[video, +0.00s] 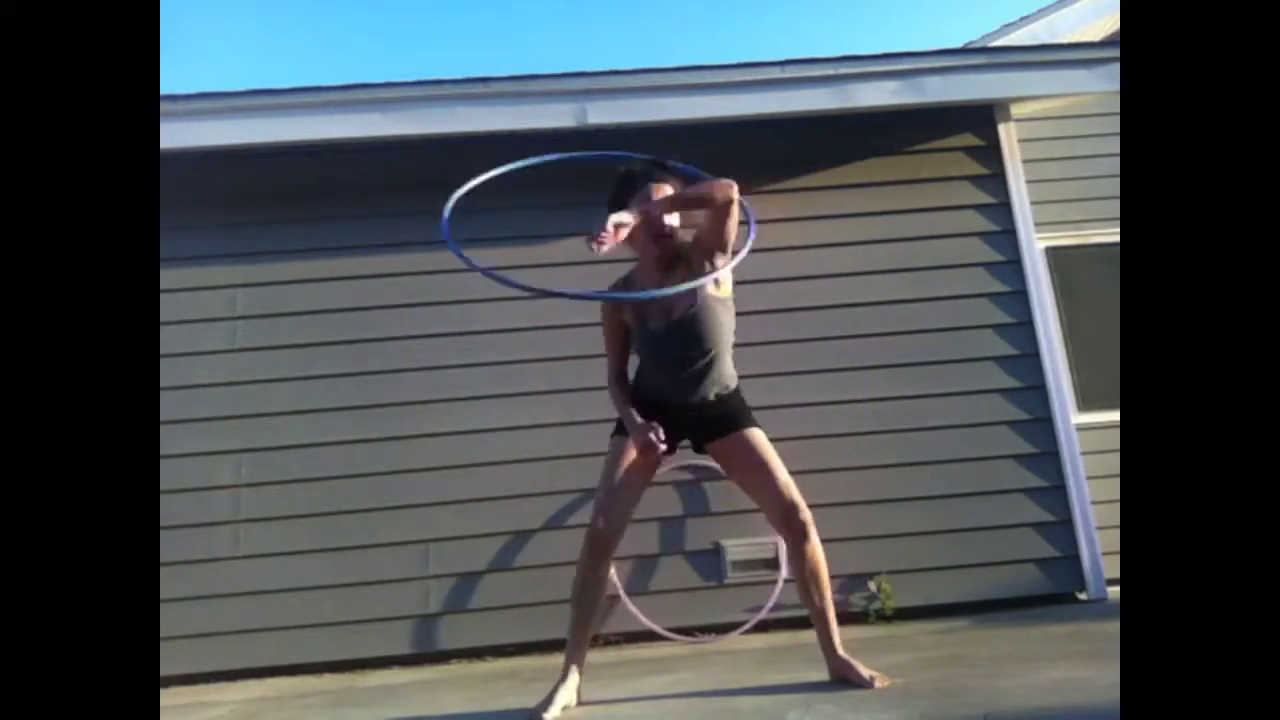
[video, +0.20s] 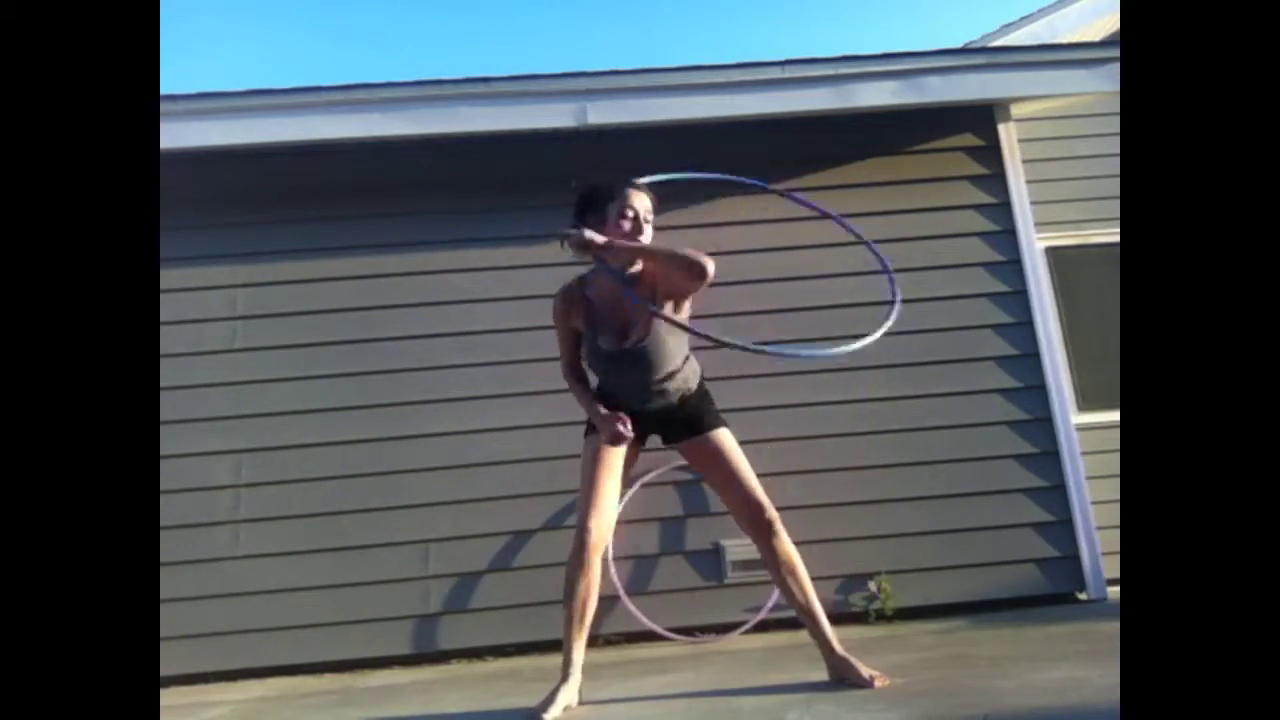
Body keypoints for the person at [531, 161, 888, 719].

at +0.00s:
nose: (662, 220)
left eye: (669, 207)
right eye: (646, 211)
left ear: (684, 212)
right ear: (626, 227)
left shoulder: (709, 258)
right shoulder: (620, 298)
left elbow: (727, 192)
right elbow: (617, 377)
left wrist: (647, 210)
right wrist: (634, 421)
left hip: (721, 409)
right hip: (653, 415)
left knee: (797, 519)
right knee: (601, 533)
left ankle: (835, 655)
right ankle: (570, 674)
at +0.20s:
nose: (638, 230)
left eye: (645, 222)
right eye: (625, 219)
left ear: (654, 231)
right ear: (594, 230)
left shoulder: (665, 280)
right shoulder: (574, 299)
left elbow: (702, 269)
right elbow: (571, 366)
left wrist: (621, 250)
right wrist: (596, 411)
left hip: (686, 403)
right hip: (618, 414)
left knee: (764, 520)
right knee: (589, 537)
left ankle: (835, 655)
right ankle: (569, 680)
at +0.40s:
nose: (635, 243)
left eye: (641, 232)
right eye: (621, 234)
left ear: (648, 234)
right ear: (586, 240)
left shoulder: (663, 297)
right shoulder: (558, 291)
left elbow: (664, 396)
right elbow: (545, 380)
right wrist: (584, 355)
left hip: (662, 407)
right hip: (596, 411)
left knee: (748, 520)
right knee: (571, 542)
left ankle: (830, 656)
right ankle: (568, 680)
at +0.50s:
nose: (649, 235)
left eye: (655, 223)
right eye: (635, 225)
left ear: (663, 226)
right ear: (606, 233)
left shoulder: (680, 293)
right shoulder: (575, 280)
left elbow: (693, 388)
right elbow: (544, 342)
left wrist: (644, 427)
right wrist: (587, 284)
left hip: (668, 411)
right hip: (600, 415)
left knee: (753, 518)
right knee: (568, 543)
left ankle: (828, 657)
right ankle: (567, 682)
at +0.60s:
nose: (676, 225)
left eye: (682, 215)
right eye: (662, 216)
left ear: (689, 220)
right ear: (635, 223)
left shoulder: (704, 285)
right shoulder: (605, 262)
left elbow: (722, 375)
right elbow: (539, 262)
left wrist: (663, 412)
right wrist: (602, 229)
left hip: (683, 409)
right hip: (612, 408)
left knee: (760, 514)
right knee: (583, 537)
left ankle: (828, 655)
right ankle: (566, 683)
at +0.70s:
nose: (705, 226)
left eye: (712, 216)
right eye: (693, 217)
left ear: (721, 222)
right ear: (668, 223)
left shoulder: (734, 284)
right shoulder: (639, 256)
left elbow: (742, 369)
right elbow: (580, 197)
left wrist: (687, 394)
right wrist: (652, 208)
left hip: (705, 403)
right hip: (634, 400)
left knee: (777, 514)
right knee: (598, 537)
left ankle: (833, 656)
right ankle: (568, 681)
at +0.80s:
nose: (742, 234)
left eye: (745, 223)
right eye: (730, 225)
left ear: (750, 229)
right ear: (698, 231)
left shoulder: (758, 296)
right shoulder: (667, 264)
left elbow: (771, 380)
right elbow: (623, 204)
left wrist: (712, 399)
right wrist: (704, 226)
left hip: (725, 406)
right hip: (656, 404)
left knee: (799, 509)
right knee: (614, 535)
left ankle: (835, 658)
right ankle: (571, 676)